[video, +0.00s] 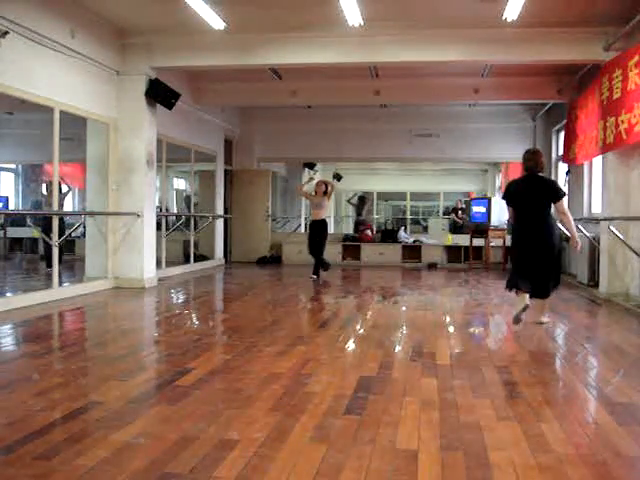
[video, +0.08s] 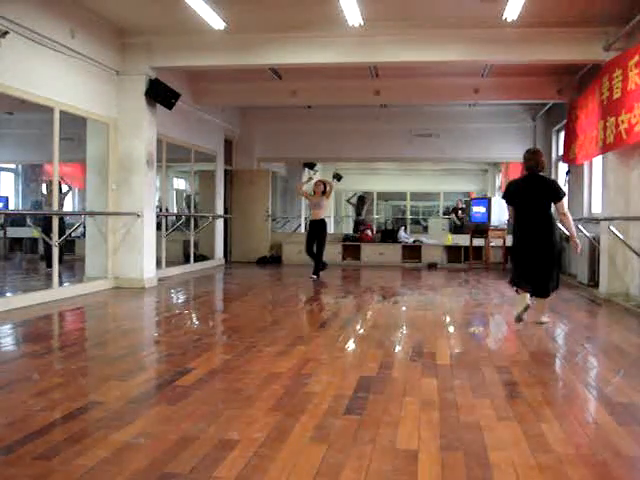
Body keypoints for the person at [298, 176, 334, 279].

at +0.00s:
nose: (318, 187)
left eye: (321, 185)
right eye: (317, 185)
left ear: (325, 188)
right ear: (315, 187)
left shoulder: (326, 198)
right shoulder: (311, 197)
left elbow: (332, 186)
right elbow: (300, 191)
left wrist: (324, 181)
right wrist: (308, 182)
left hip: (322, 222)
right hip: (313, 222)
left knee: (318, 250)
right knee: (312, 249)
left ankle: (315, 273)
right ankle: (324, 264)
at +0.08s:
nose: (318, 187)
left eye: (320, 185)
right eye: (316, 185)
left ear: (323, 188)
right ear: (314, 187)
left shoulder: (325, 198)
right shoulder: (310, 197)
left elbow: (331, 185)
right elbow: (299, 190)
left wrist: (322, 180)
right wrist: (307, 181)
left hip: (321, 221)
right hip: (312, 222)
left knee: (319, 249)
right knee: (309, 249)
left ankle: (316, 273)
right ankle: (321, 263)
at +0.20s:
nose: (311, 187)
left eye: (313, 185)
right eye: (310, 185)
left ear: (317, 188)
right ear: (307, 187)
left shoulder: (319, 197)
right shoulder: (305, 197)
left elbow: (326, 185)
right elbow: (297, 194)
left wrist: (315, 179)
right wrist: (293, 190)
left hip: (316, 222)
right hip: (307, 222)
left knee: (317, 249)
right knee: (300, 249)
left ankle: (316, 273)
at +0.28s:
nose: (306, 188)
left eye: (308, 186)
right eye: (305, 186)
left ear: (312, 188)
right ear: (303, 188)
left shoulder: (315, 198)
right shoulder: (300, 198)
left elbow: (322, 186)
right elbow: (290, 190)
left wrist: (311, 179)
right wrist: (295, 181)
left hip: (312, 222)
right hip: (302, 222)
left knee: (315, 250)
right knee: (297, 250)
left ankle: (315, 273)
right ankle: (291, 273)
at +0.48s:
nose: (297, 188)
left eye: (299, 186)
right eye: (295, 186)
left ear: (302, 187)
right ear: (293, 187)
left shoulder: (305, 197)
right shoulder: (290, 196)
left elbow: (314, 187)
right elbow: (282, 191)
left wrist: (304, 180)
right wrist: (288, 181)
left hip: (301, 221)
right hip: (291, 221)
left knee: (303, 250)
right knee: (289, 250)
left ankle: (312, 271)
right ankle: (286, 274)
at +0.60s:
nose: (291, 187)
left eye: (293, 185)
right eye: (290, 185)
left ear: (297, 187)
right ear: (287, 187)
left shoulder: (299, 196)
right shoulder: (284, 196)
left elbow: (308, 189)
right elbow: (273, 190)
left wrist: (305, 183)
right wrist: (278, 182)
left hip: (295, 220)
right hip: (286, 221)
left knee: (295, 249)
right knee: (286, 249)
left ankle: (296, 273)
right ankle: (286, 273)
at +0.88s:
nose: (282, 189)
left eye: (283, 187)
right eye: (280, 187)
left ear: (287, 188)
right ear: (277, 189)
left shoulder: (290, 198)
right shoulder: (274, 198)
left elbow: (297, 190)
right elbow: (263, 191)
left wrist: (292, 183)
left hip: (286, 223)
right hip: (276, 223)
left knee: (287, 250)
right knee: (270, 249)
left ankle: (286, 274)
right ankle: (274, 272)